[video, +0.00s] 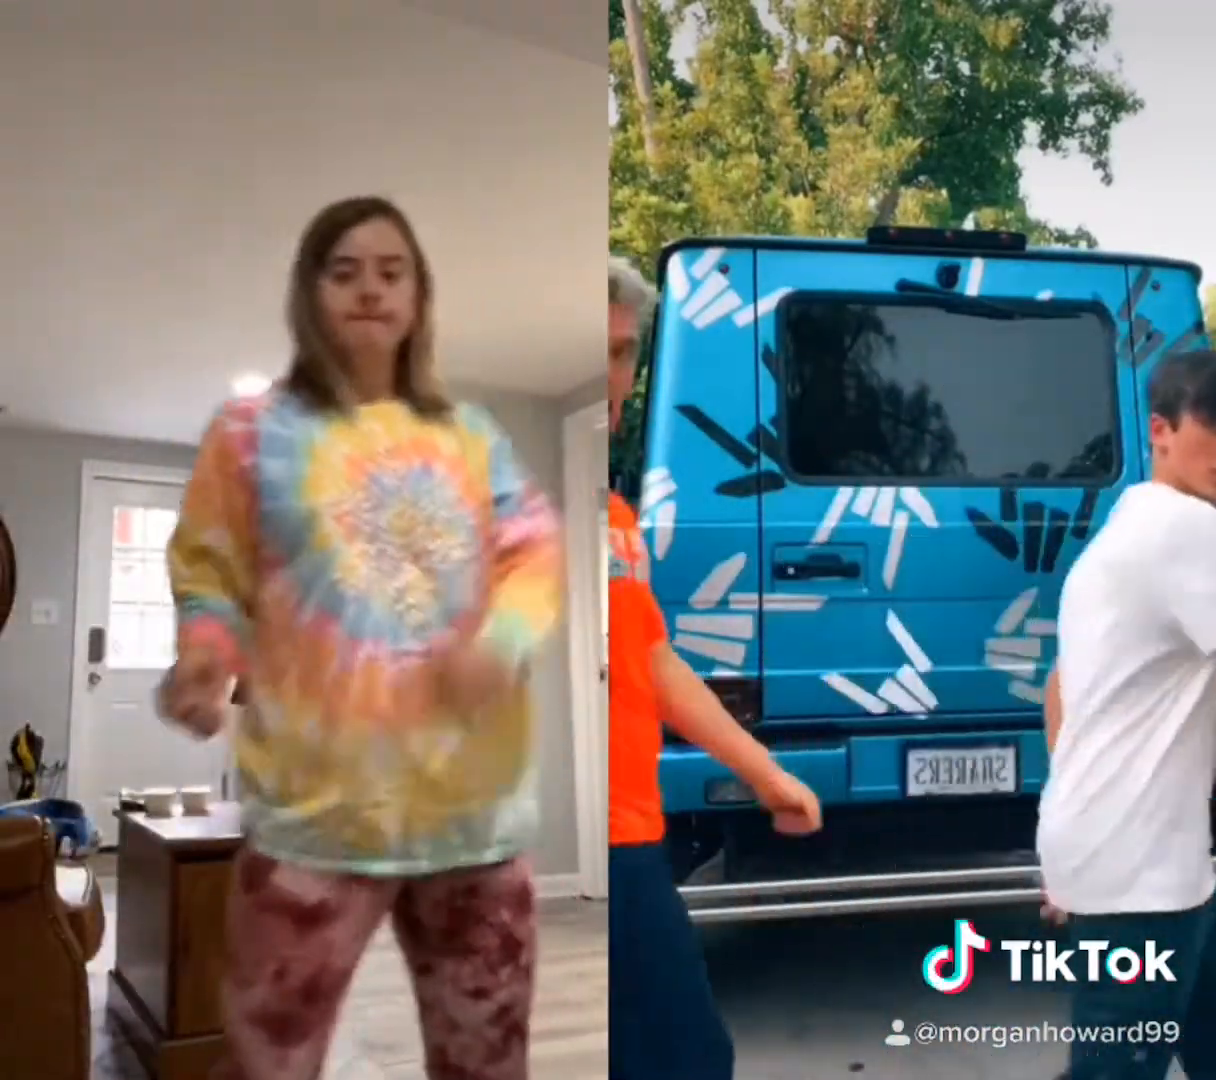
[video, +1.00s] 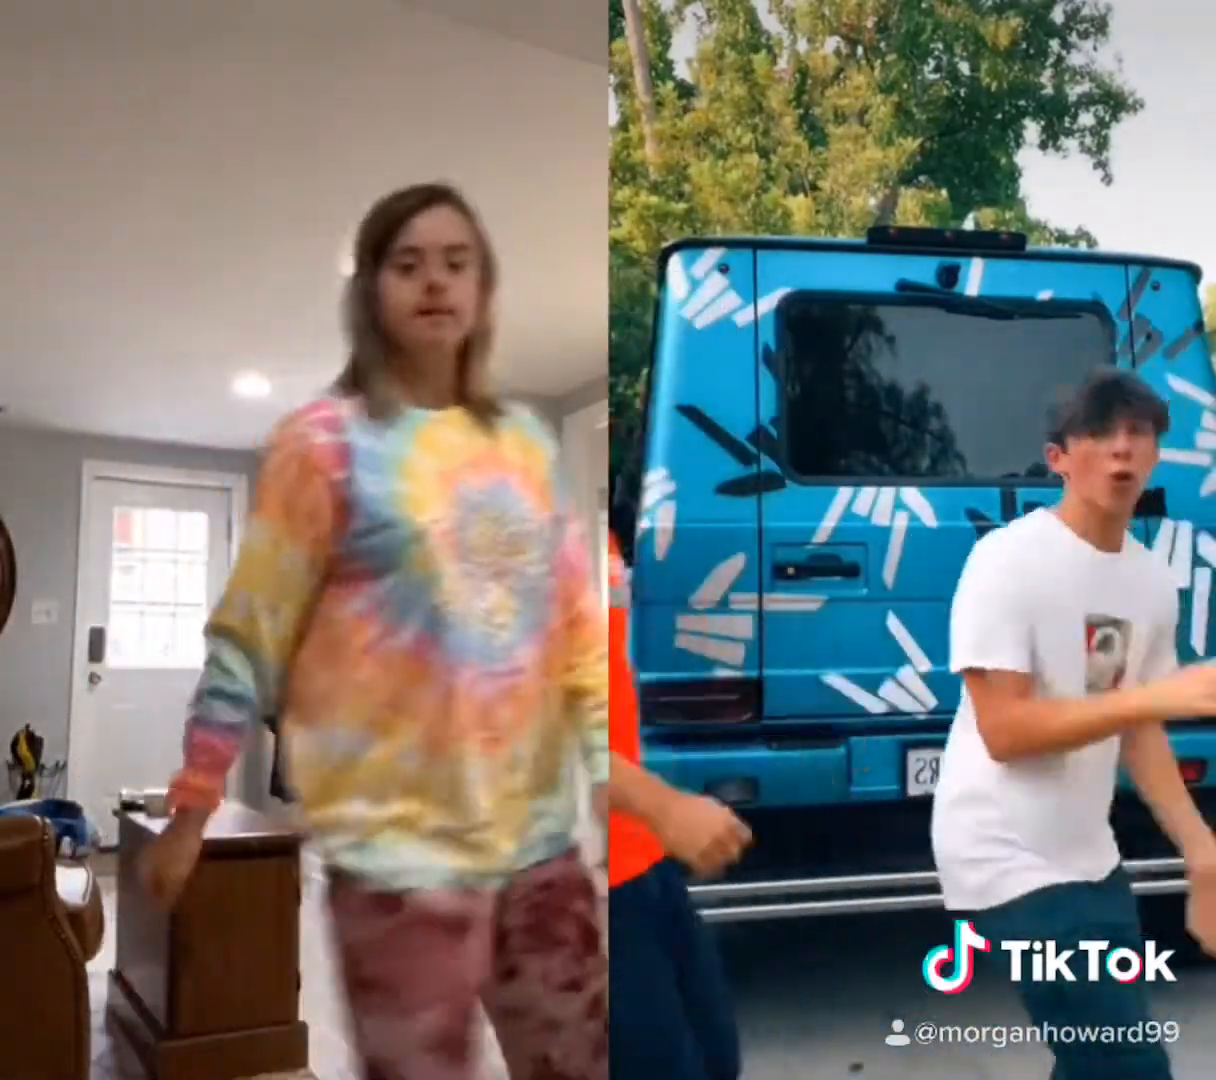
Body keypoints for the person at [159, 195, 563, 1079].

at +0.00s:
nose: (370, 289)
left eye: (392, 271)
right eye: (345, 270)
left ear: (419, 296)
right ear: (309, 295)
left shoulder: (471, 437)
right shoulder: (252, 432)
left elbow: (537, 555)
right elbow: (205, 567)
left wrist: (499, 643)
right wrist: (208, 651)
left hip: (468, 807)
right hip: (312, 811)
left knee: (487, 1061)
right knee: (270, 1059)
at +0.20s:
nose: (305, 299)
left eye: (326, 279)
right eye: (279, 278)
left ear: (352, 304)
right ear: (241, 298)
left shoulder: (385, 458)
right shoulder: (170, 429)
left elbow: (416, 640)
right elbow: (92, 581)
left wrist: (446, 804)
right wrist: (118, 683)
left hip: (363, 841)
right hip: (195, 839)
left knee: (423, 1067)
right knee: (178, 1068)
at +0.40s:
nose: (268, 282)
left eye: (290, 262)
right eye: (242, 260)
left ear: (316, 287)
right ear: (203, 278)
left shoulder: (342, 438)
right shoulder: (142, 383)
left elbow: (357, 615)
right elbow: (81, 536)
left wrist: (367, 744)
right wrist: (129, 672)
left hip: (323, 797)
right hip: (167, 801)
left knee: (369, 1057)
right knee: (157, 1064)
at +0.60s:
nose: (276, 272)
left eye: (299, 253)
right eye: (250, 252)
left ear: (326, 280)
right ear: (213, 276)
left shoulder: (355, 427)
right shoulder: (152, 383)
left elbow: (349, 597)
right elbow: (160, 560)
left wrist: (333, 721)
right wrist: (277, 700)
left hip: (341, 801)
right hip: (179, 806)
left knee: (383, 1056)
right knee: (163, 1063)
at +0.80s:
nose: (347, 282)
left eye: (369, 263)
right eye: (319, 263)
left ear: (395, 292)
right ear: (280, 288)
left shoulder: (428, 443)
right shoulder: (223, 429)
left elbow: (452, 632)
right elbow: (197, 626)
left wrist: (467, 781)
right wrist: (264, 792)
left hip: (418, 822)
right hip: (262, 831)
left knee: (495, 1063)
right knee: (228, 1067)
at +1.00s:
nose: (435, 281)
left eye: (457, 260)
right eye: (407, 262)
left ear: (485, 291)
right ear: (369, 290)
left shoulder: (526, 443)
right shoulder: (324, 441)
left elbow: (574, 654)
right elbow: (246, 637)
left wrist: (655, 799)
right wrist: (189, 814)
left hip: (542, 839)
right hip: (397, 846)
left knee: (576, 1067)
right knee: (419, 1067)